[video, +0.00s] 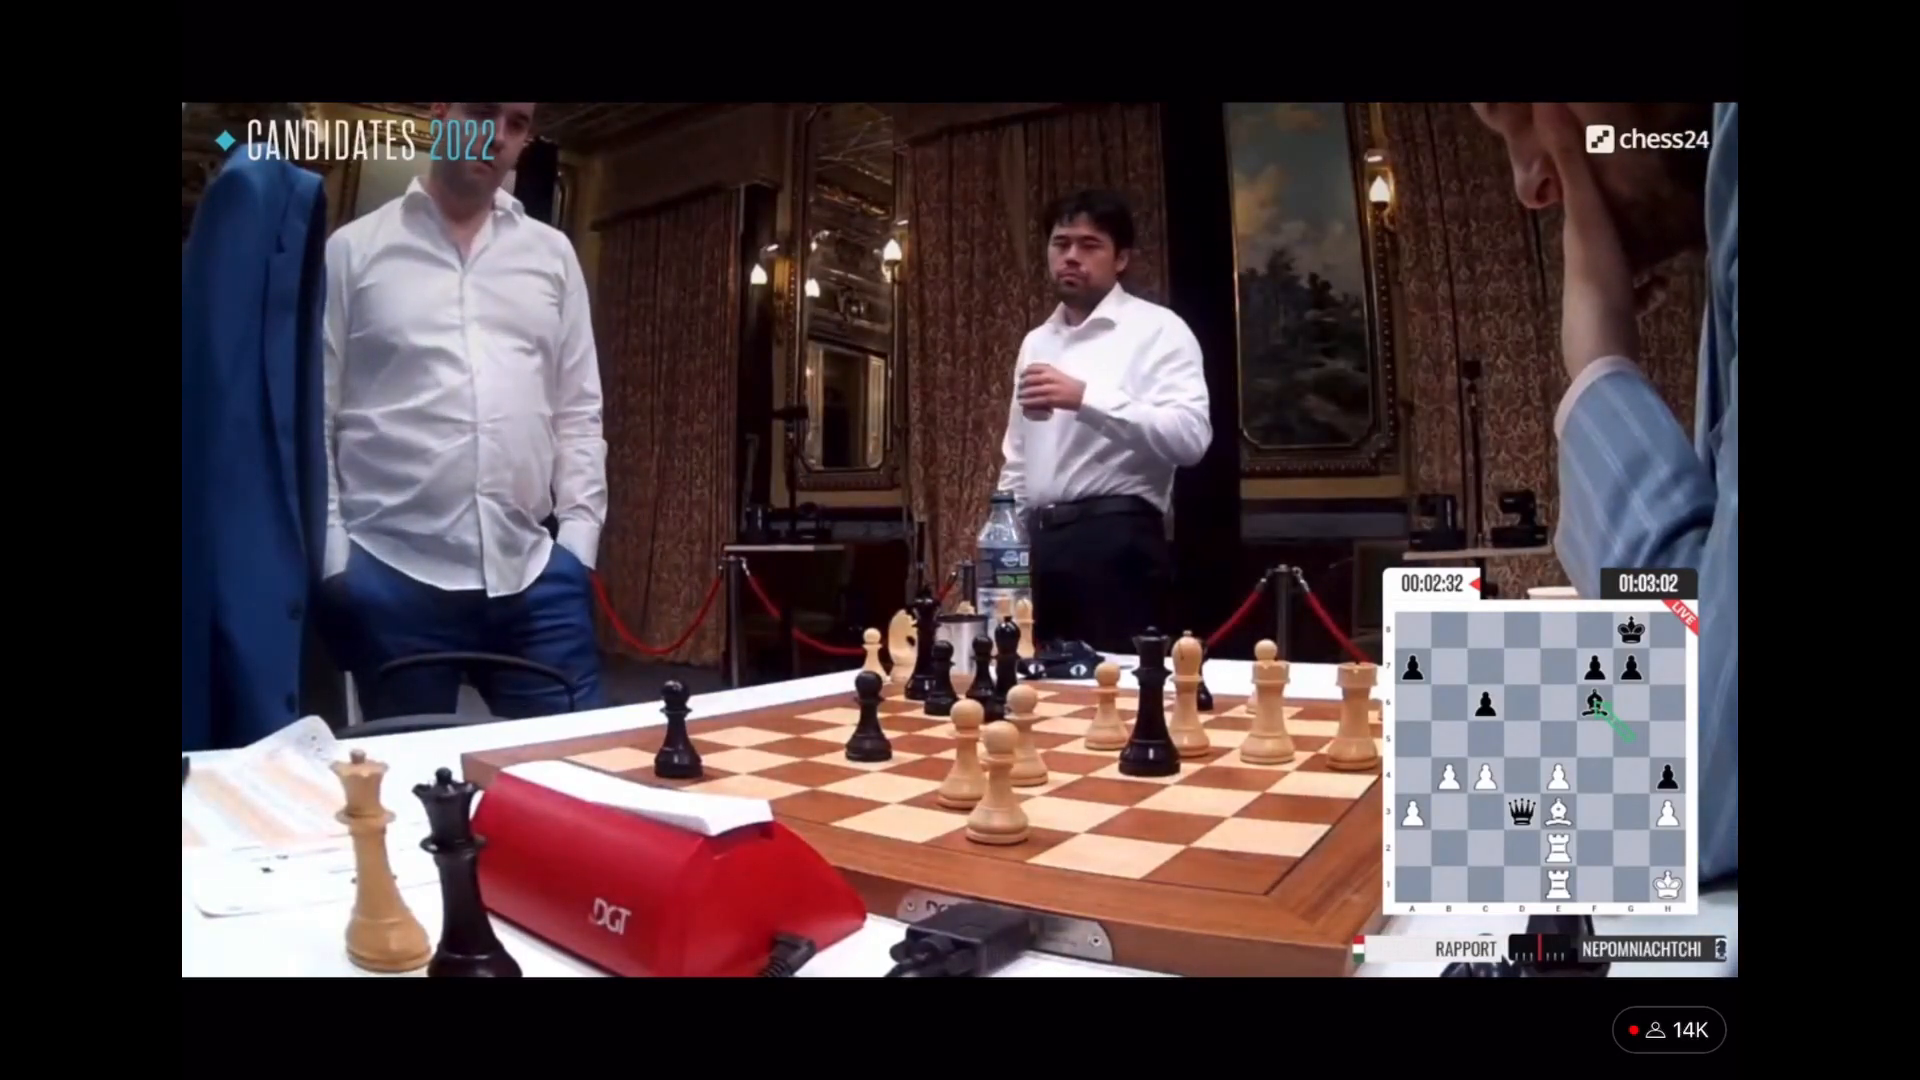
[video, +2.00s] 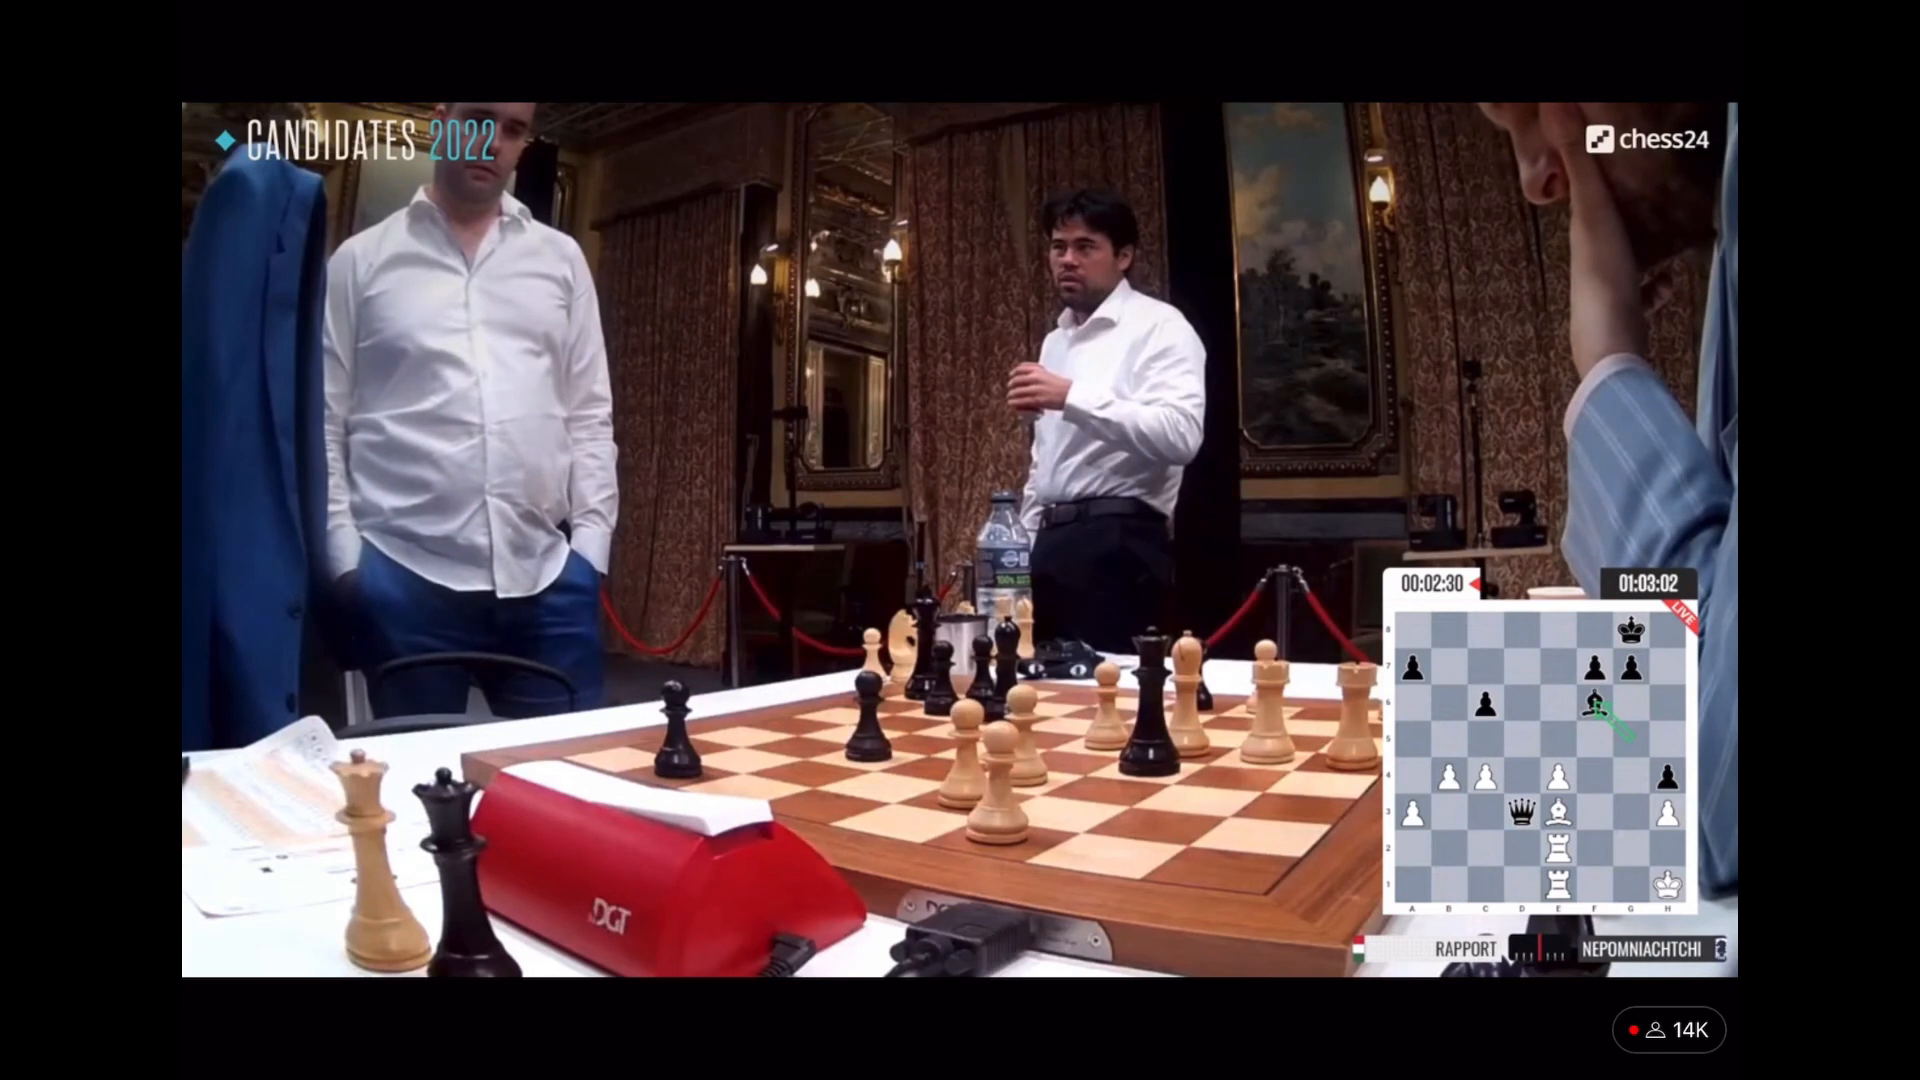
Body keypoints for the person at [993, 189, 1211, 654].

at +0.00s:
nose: (1071, 258)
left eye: (1089, 246)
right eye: (1061, 244)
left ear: (1121, 259)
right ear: (1048, 253)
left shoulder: (1161, 330)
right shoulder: (1036, 343)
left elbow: (1190, 437)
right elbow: (1017, 460)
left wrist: (1084, 395)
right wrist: (1000, 546)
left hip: (1120, 534)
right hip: (1044, 536)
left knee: (1124, 691)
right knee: (1050, 693)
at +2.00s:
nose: (1068, 261)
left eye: (1085, 247)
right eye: (1059, 247)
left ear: (1123, 258)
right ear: (1049, 255)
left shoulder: (1164, 328)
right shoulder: (1056, 342)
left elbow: (1180, 435)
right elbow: (1044, 453)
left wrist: (1071, 394)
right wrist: (1028, 530)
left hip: (1122, 534)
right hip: (1055, 533)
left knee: (1119, 695)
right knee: (1056, 695)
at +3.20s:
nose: (1061, 262)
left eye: (1079, 251)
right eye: (1055, 249)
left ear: (1119, 261)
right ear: (1045, 254)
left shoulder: (1155, 332)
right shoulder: (1054, 342)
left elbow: (1167, 442)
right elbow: (1051, 460)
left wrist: (1060, 400)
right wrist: (1030, 529)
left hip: (1118, 537)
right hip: (1055, 534)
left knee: (1118, 696)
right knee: (1060, 696)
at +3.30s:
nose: (1039, 264)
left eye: (1056, 251)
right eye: (1035, 250)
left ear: (1100, 262)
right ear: (1028, 254)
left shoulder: (1138, 332)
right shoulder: (1046, 338)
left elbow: (1148, 443)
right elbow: (1056, 445)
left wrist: (1039, 403)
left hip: (1105, 535)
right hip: (1050, 531)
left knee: (1103, 695)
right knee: (1055, 692)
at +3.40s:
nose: (1016, 266)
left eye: (1031, 253)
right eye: (1014, 254)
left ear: (1077, 261)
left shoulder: (1119, 333)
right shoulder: (1035, 338)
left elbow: (1125, 442)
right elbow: (1051, 445)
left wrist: (1018, 406)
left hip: (1092, 539)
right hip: (1040, 532)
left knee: (1092, 695)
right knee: (1044, 693)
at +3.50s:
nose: (979, 275)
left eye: (993, 261)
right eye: (979, 264)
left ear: (1041, 266)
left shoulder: (1083, 336)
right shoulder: (1017, 345)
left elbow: (1082, 444)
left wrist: (981, 409)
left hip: (1069, 546)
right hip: (1022, 540)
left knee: (1085, 699)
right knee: (1030, 697)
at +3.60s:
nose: (953, 283)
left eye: (965, 269)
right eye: (954, 271)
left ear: (1011, 273)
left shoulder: (1055, 342)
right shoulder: (999, 349)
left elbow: (1044, 446)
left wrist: (951, 412)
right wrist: (948, 415)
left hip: (1045, 546)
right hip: (1002, 539)